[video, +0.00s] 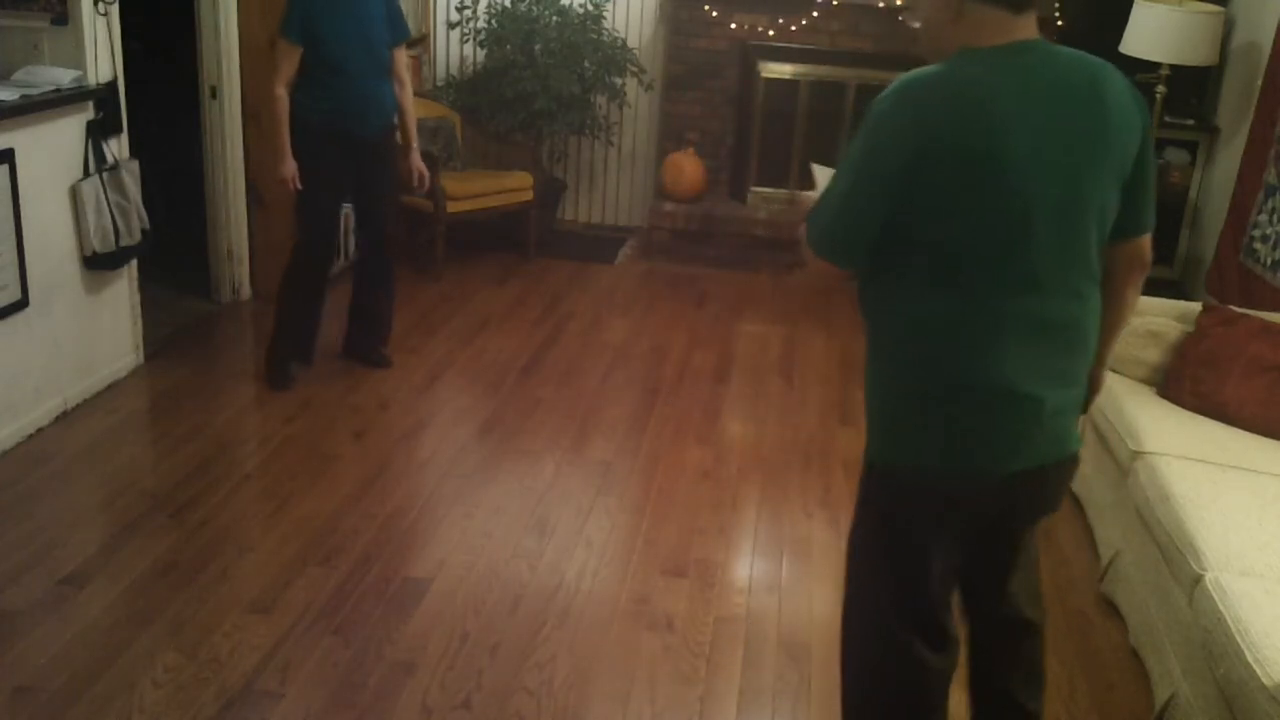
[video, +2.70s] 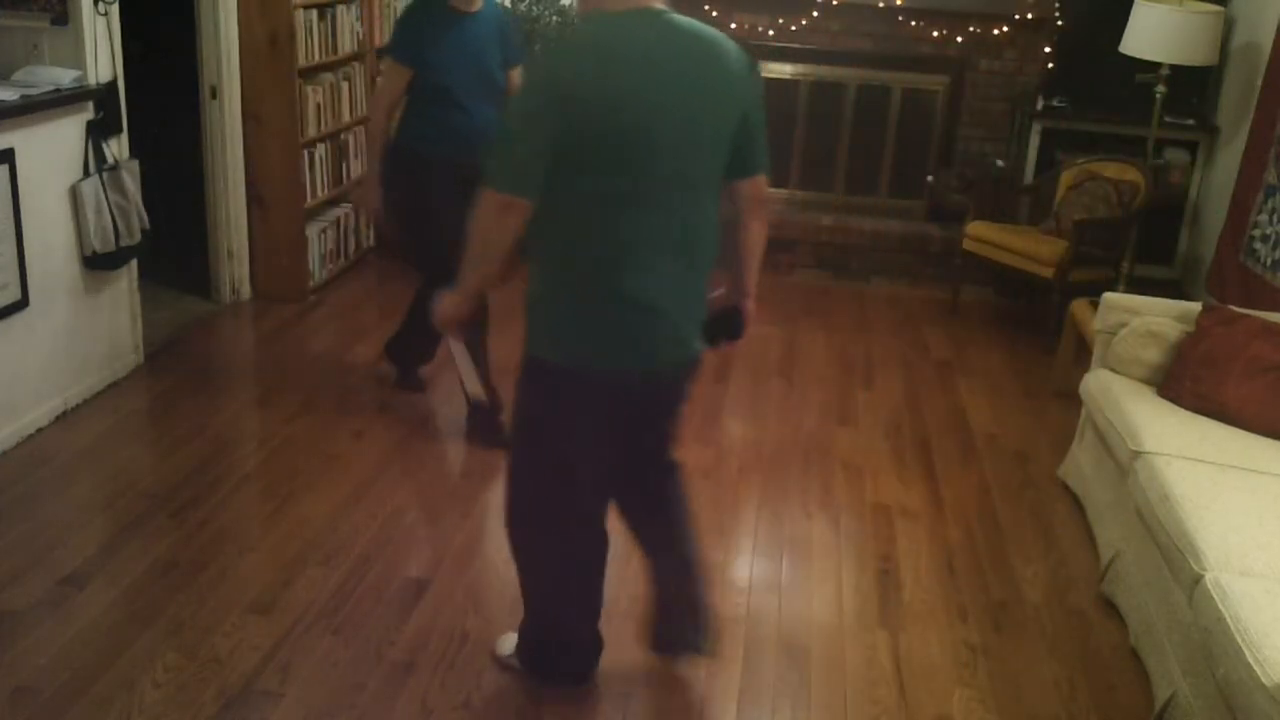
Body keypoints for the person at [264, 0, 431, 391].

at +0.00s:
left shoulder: (387, 7)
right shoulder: (306, 8)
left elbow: (401, 79)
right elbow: (281, 84)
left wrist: (413, 148)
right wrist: (285, 155)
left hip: (376, 141)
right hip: (320, 142)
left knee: (376, 242)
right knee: (316, 245)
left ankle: (365, 341)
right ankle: (285, 354)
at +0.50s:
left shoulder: (331, 8)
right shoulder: (250, 8)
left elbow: (339, 81)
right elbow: (222, 82)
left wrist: (349, 151)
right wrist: (235, 157)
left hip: (321, 147)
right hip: (261, 151)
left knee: (346, 250)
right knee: (268, 262)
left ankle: (343, 341)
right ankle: (265, 370)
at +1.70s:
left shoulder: (379, 6)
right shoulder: (300, 7)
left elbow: (389, 74)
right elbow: (272, 76)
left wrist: (408, 144)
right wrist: (302, 150)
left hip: (365, 139)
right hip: (309, 142)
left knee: (365, 244)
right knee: (316, 245)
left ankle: (356, 347)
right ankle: (304, 343)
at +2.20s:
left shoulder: (422, 7)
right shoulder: (347, 9)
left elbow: (429, 78)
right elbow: (324, 85)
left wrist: (435, 146)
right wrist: (337, 164)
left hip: (411, 144)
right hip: (365, 144)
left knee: (407, 254)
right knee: (369, 253)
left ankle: (398, 361)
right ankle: (325, 337)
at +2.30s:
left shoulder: (436, 8)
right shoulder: (357, 9)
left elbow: (449, 81)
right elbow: (332, 86)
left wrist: (468, 152)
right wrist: (336, 166)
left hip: (420, 145)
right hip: (371, 145)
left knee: (416, 250)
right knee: (397, 251)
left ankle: (399, 359)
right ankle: (372, 356)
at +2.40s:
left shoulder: (451, 10)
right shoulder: (373, 10)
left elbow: (469, 87)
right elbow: (339, 90)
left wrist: (493, 158)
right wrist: (335, 166)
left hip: (431, 148)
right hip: (379, 149)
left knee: (419, 260)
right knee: (413, 262)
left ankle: (395, 360)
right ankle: (421, 385)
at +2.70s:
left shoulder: (501, 19)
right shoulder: (421, 18)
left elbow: (517, 92)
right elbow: (383, 101)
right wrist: (372, 175)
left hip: (478, 163)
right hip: (422, 163)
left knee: (452, 267)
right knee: (456, 275)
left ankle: (406, 349)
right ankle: (482, 404)